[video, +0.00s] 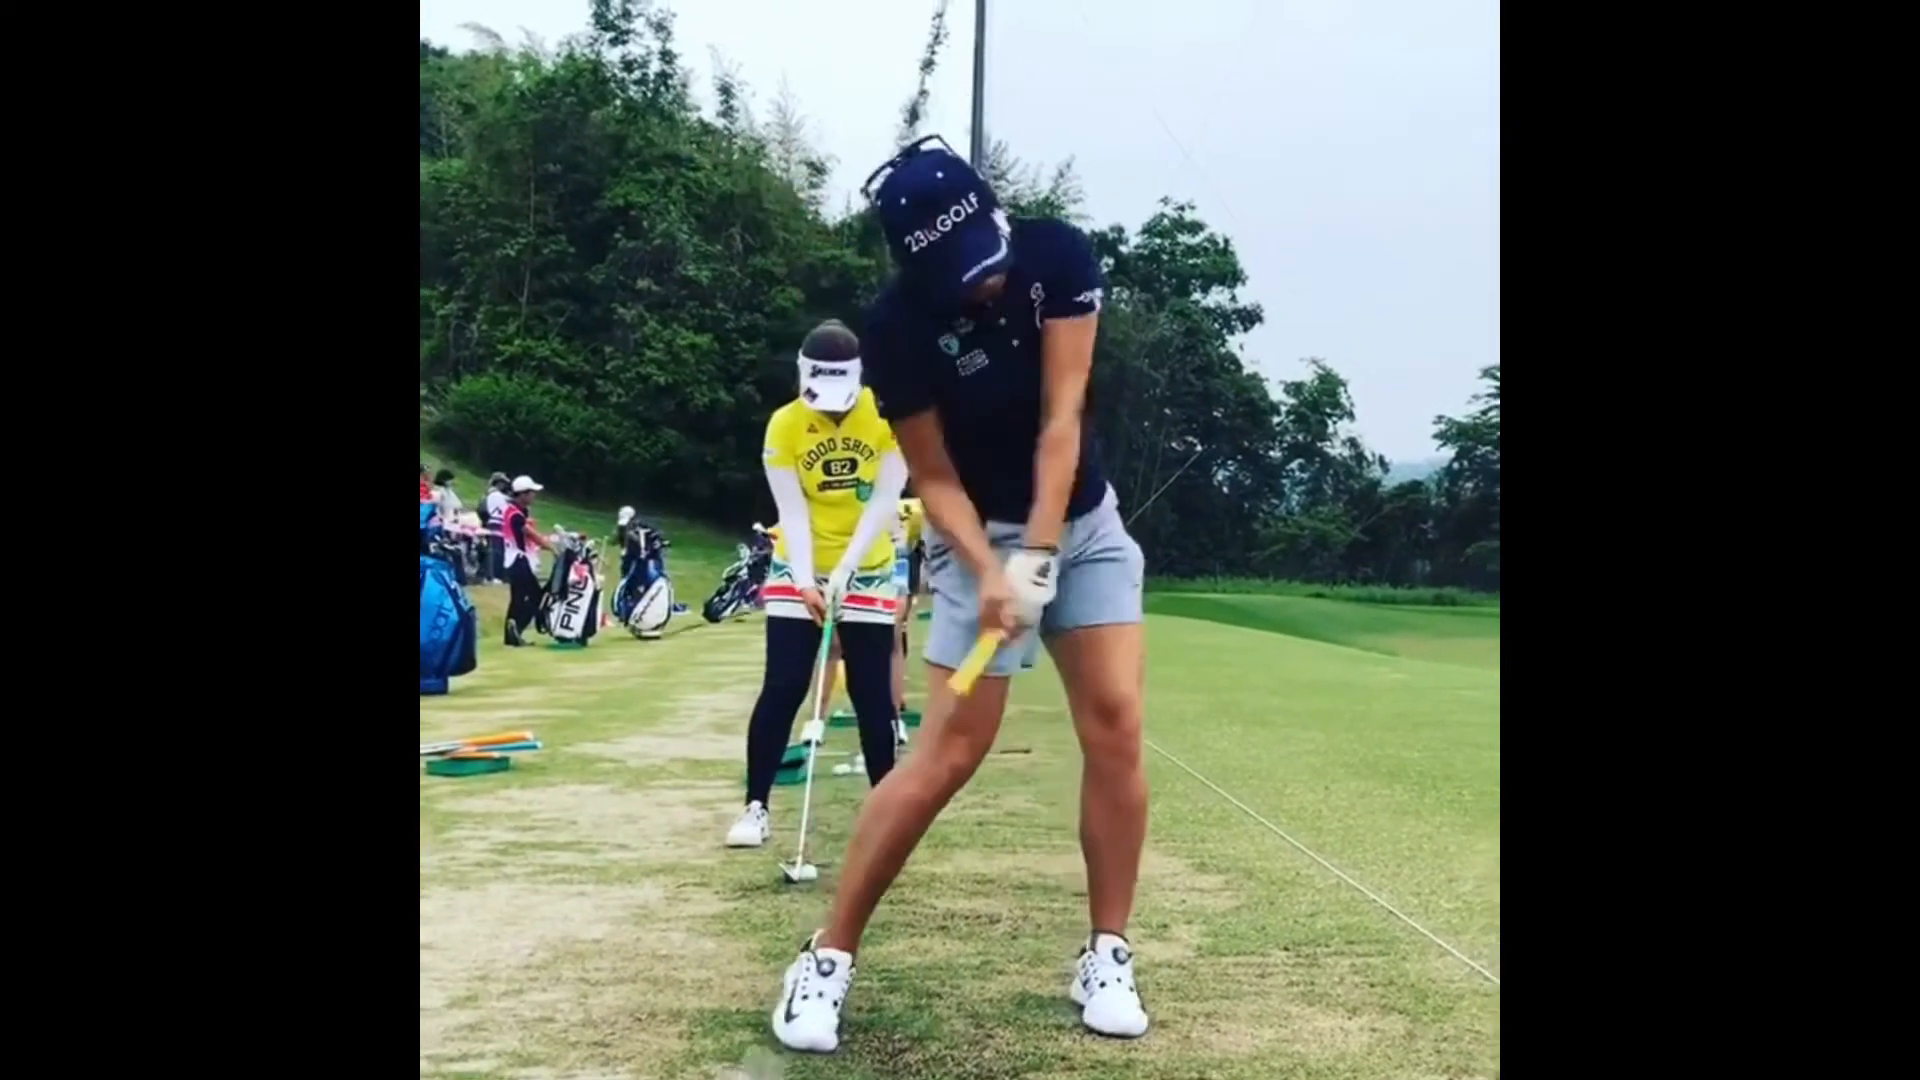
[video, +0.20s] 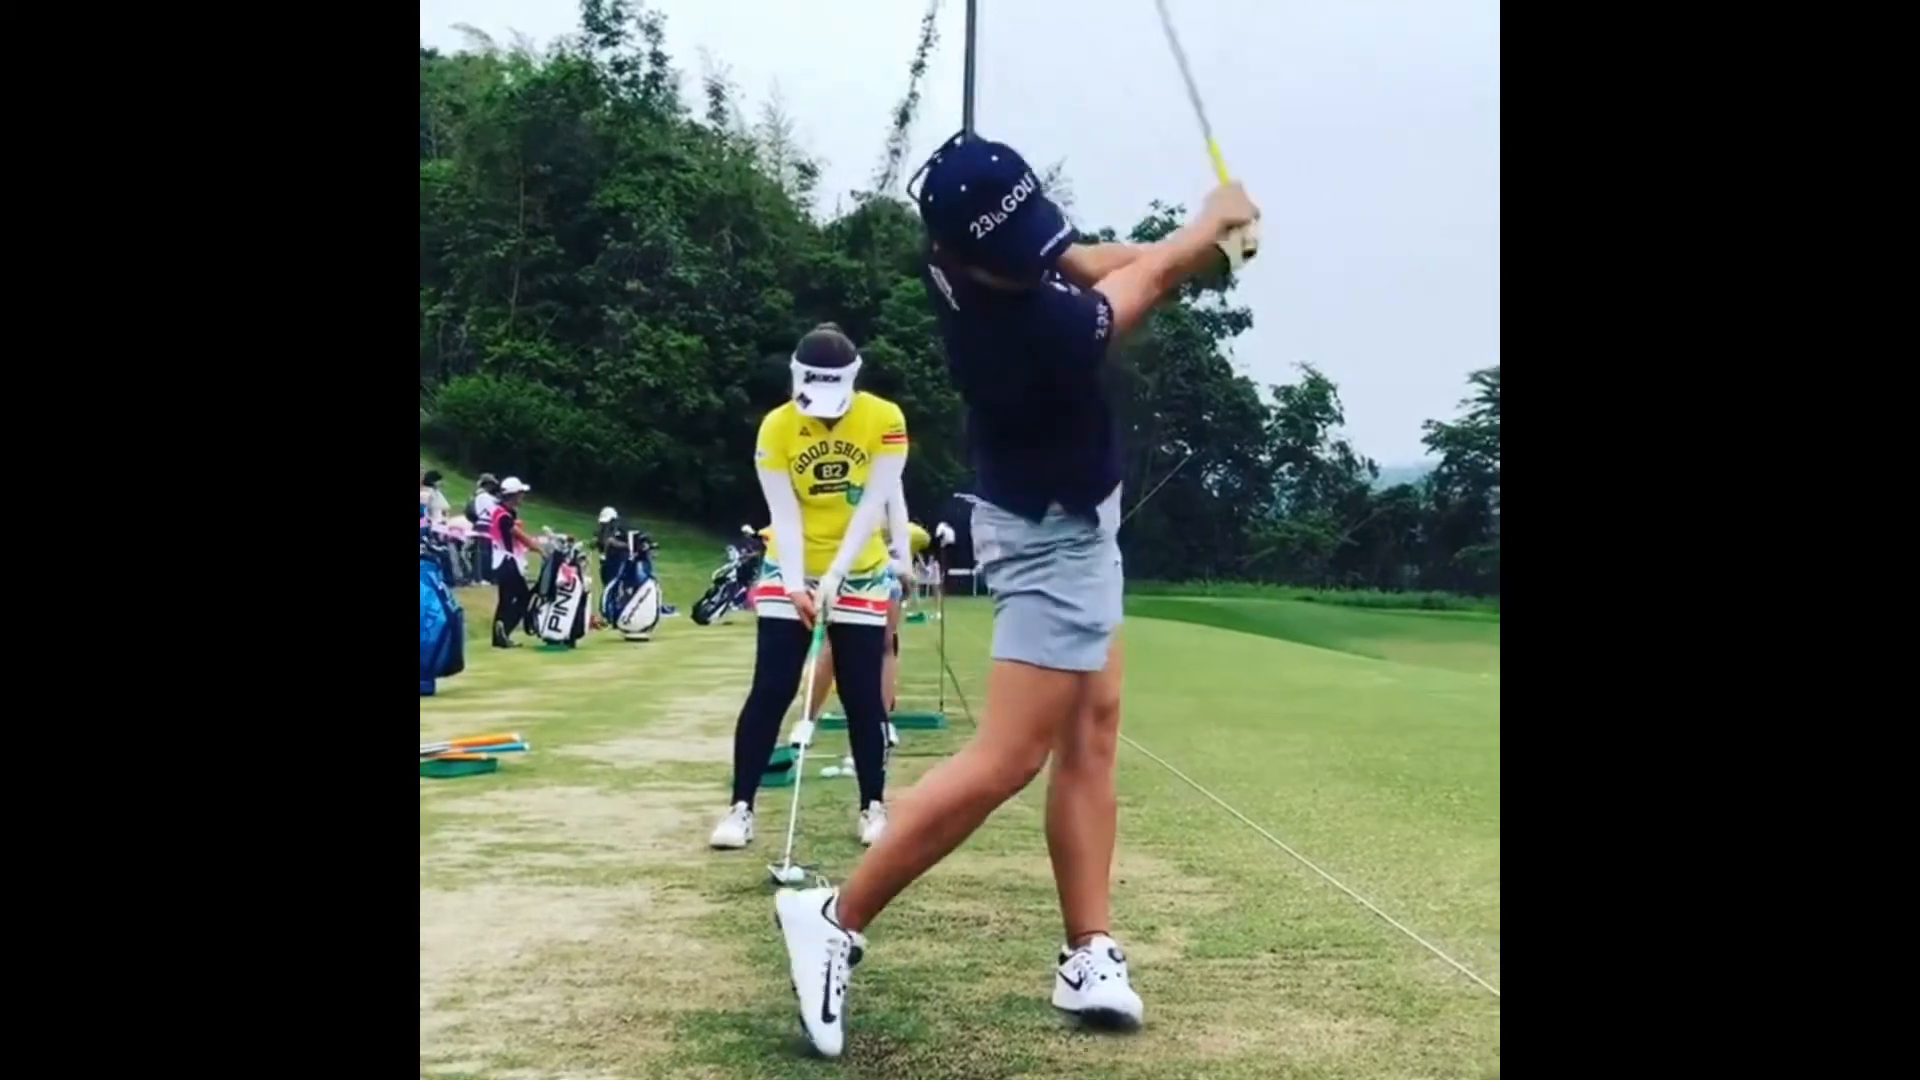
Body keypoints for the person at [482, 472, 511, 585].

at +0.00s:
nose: (506, 487)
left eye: (506, 485)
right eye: (505, 485)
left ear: (494, 484)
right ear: (501, 485)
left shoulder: (489, 496)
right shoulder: (502, 497)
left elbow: (484, 510)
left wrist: (485, 521)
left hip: (492, 524)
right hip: (499, 525)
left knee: (493, 550)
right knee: (499, 550)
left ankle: (490, 574)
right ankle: (498, 575)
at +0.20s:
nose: (495, 489)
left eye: (495, 486)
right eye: (494, 487)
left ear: (481, 485)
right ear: (492, 486)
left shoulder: (477, 497)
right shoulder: (494, 499)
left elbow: (469, 512)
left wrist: (476, 521)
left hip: (478, 528)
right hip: (488, 529)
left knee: (477, 554)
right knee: (486, 554)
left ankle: (477, 577)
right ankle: (486, 577)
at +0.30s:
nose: (489, 488)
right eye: (488, 486)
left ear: (477, 486)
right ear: (488, 487)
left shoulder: (472, 498)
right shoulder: (490, 500)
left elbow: (465, 514)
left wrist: (472, 521)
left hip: (473, 528)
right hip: (484, 529)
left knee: (473, 554)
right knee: (483, 554)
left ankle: (473, 577)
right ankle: (483, 577)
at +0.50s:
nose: (480, 490)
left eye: (479, 488)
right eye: (479, 488)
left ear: (467, 487)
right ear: (476, 488)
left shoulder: (462, 499)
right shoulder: (478, 501)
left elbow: (456, 515)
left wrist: (463, 522)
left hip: (463, 529)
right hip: (473, 530)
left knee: (462, 555)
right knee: (472, 555)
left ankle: (463, 578)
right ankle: (472, 579)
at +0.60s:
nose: (476, 491)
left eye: (476, 488)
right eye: (475, 488)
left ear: (464, 487)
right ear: (472, 488)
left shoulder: (459, 500)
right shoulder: (474, 501)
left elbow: (452, 515)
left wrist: (459, 523)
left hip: (460, 531)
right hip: (470, 532)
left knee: (459, 557)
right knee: (469, 556)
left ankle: (459, 579)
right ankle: (468, 580)